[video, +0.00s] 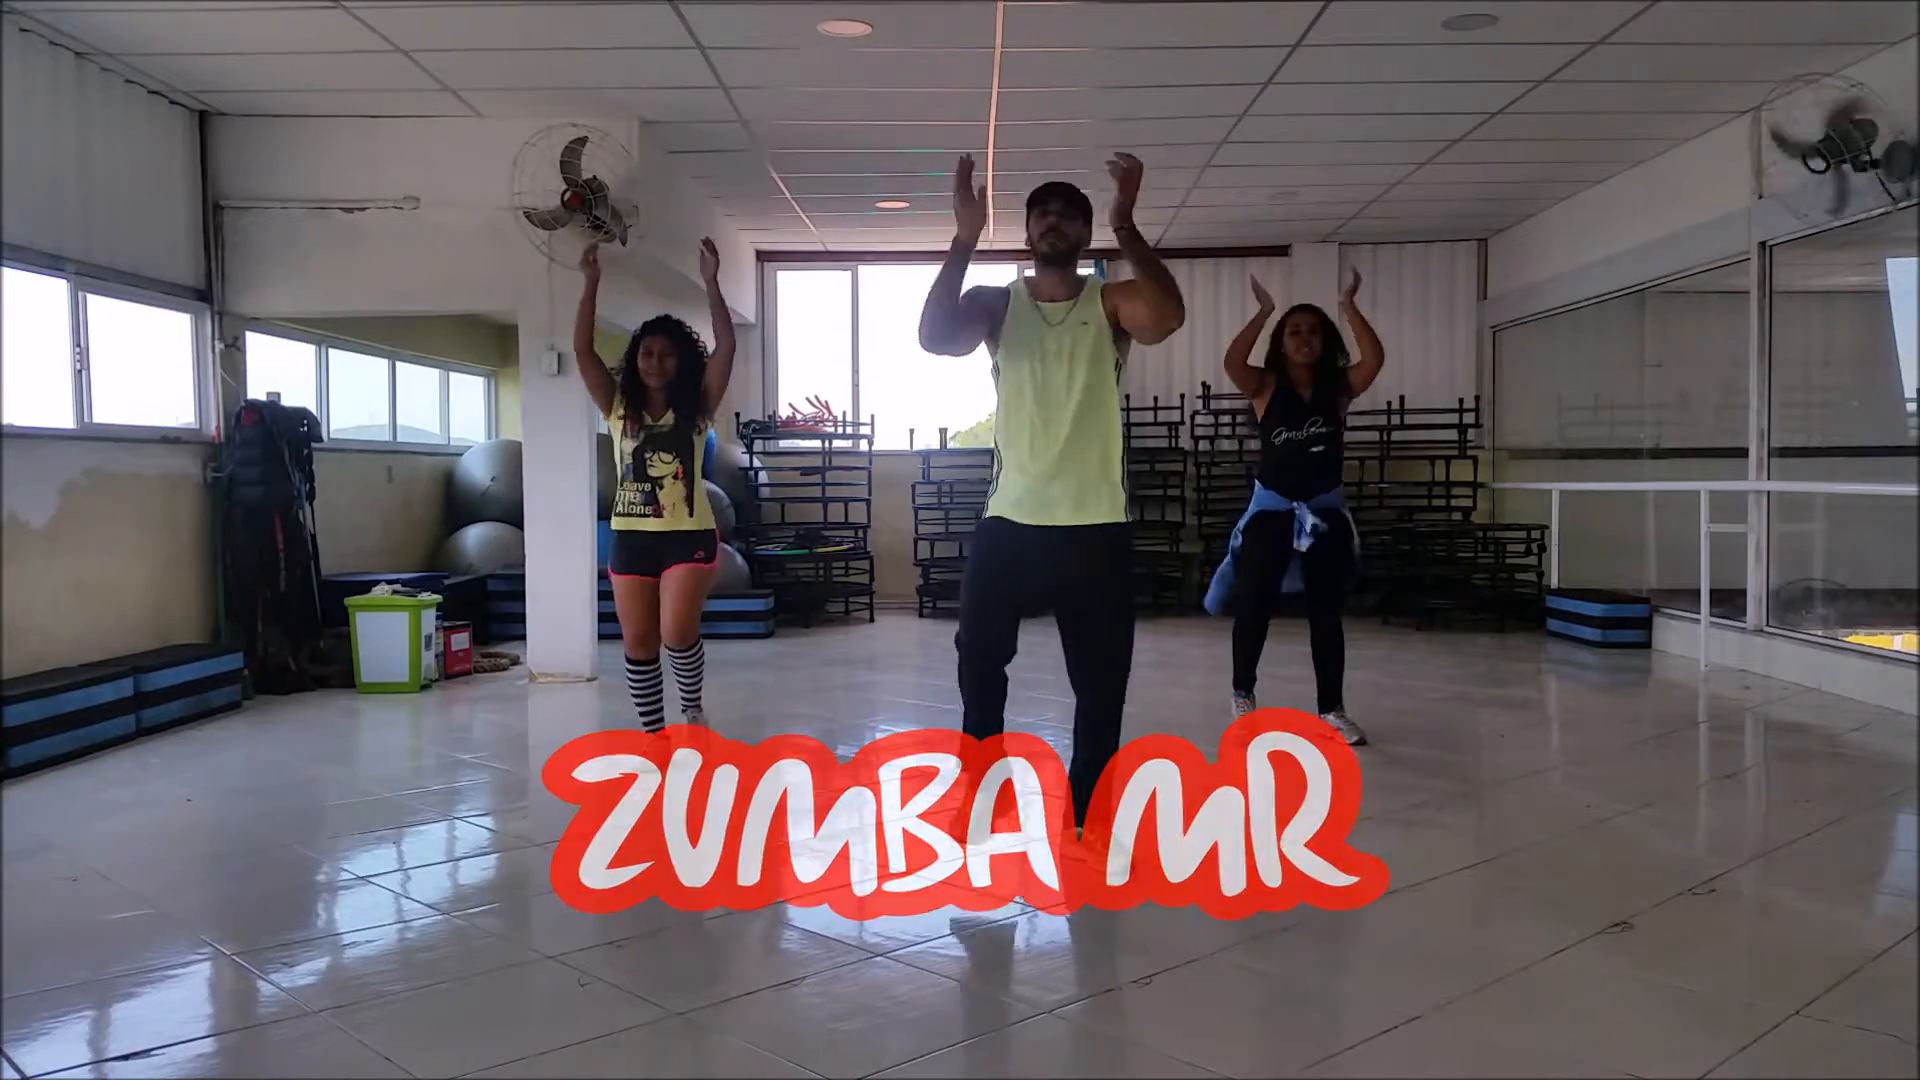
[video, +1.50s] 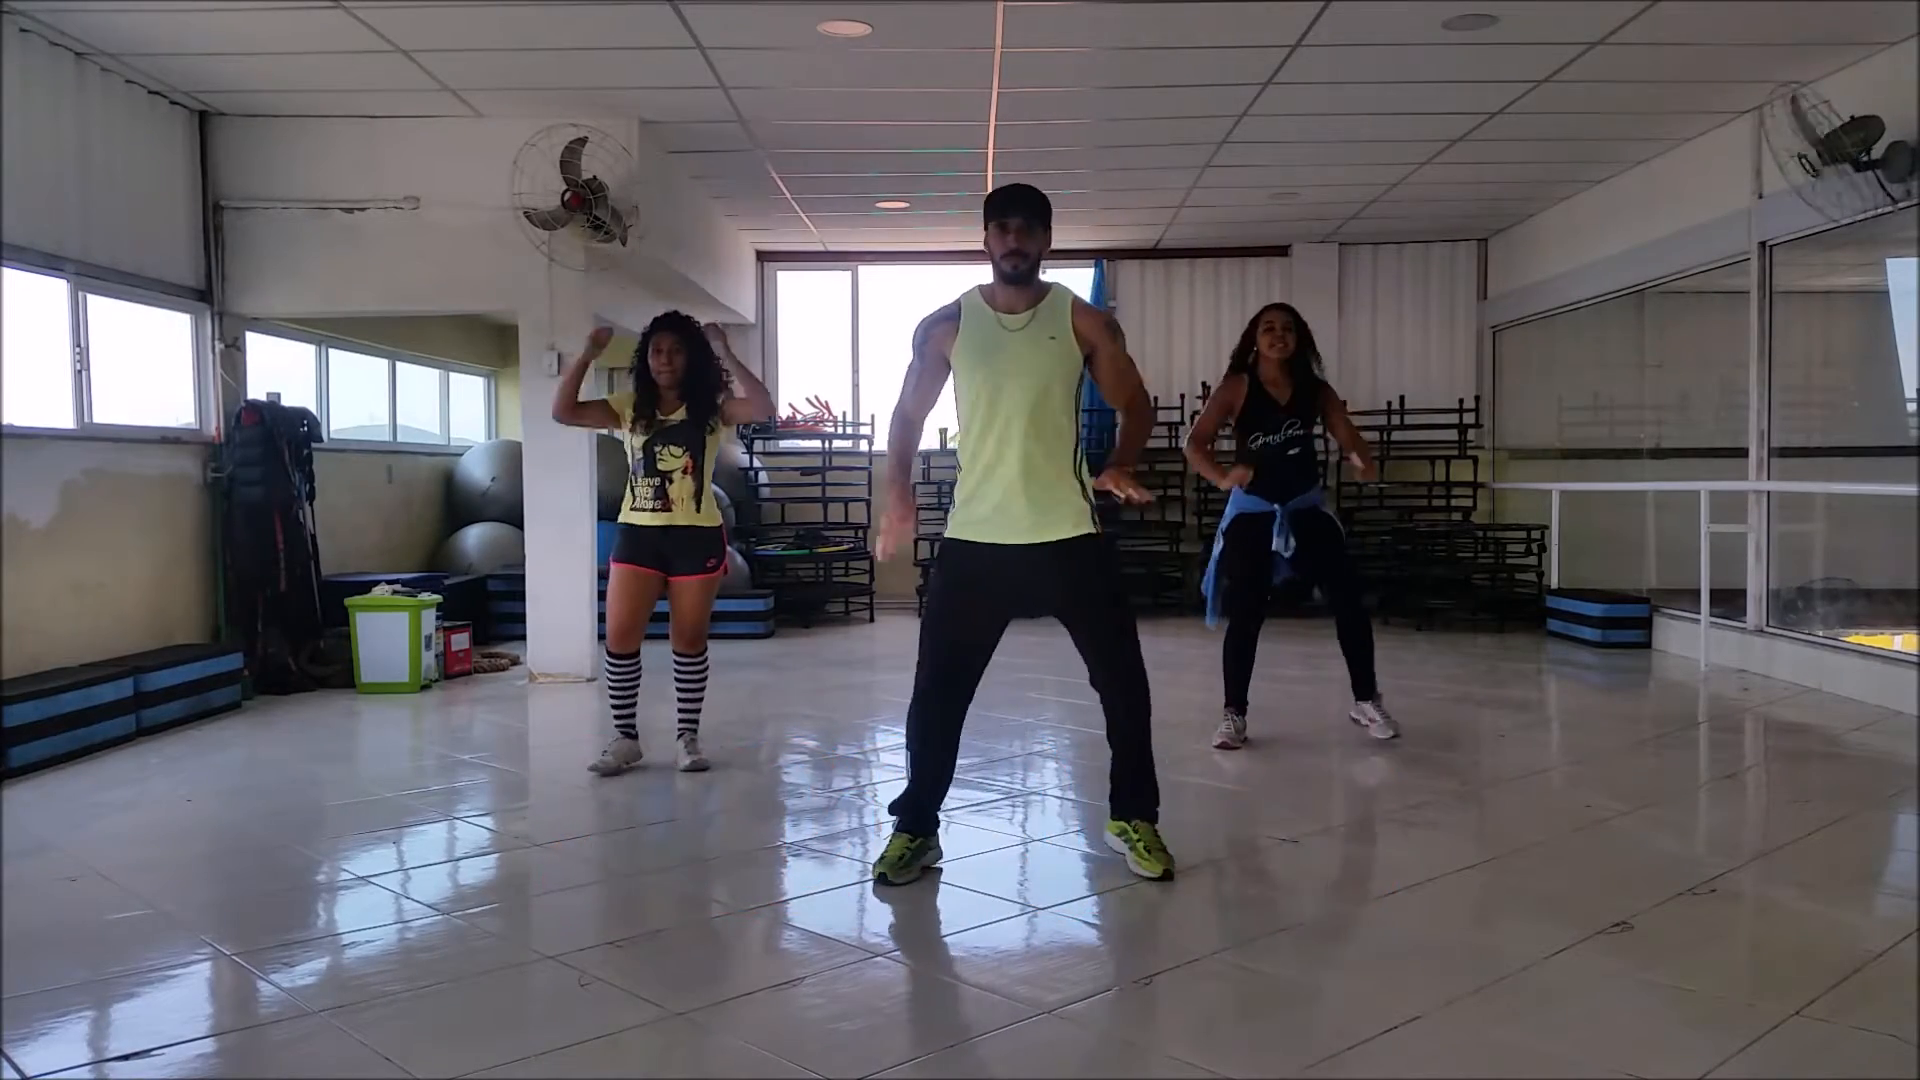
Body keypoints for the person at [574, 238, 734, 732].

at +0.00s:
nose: (655, 362)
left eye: (666, 355)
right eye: (647, 353)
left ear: (682, 363)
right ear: (635, 360)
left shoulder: (697, 407)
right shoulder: (617, 406)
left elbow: (725, 345)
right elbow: (584, 349)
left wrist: (711, 284)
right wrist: (590, 283)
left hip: (688, 541)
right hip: (631, 542)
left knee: (678, 634)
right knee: (638, 644)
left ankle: (692, 720)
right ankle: (654, 739)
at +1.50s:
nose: (664, 359)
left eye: (674, 351)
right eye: (656, 351)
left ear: (691, 360)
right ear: (645, 358)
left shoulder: (711, 412)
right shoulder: (628, 410)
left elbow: (763, 408)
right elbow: (564, 410)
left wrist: (726, 355)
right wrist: (588, 352)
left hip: (696, 540)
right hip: (637, 538)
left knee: (689, 641)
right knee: (620, 640)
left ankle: (688, 739)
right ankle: (626, 740)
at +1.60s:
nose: (662, 361)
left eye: (673, 353)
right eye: (654, 353)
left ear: (691, 362)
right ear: (645, 360)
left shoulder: (706, 418)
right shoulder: (629, 413)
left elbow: (756, 468)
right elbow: (580, 466)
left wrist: (737, 438)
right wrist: (574, 448)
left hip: (695, 541)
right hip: (636, 539)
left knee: (688, 642)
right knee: (623, 643)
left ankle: (688, 739)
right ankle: (625, 744)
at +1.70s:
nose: (661, 366)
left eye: (672, 358)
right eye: (653, 358)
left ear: (690, 367)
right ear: (642, 366)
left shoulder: (706, 423)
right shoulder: (625, 418)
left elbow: (729, 479)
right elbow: (595, 477)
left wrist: (736, 497)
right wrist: (575, 515)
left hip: (693, 547)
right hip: (634, 545)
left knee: (687, 648)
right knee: (614, 645)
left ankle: (687, 740)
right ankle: (625, 745)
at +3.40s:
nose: (687, 378)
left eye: (698, 371)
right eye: (680, 371)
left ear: (716, 380)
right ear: (670, 380)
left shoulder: (737, 437)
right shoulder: (655, 434)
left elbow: (756, 499)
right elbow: (634, 490)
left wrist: (755, 550)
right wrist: (596, 521)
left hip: (723, 563)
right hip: (658, 562)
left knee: (770, 649)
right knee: (616, 651)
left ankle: (767, 744)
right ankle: (624, 745)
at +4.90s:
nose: (692, 394)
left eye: (702, 387)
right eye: (684, 386)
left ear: (720, 395)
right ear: (675, 393)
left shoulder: (739, 449)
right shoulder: (655, 451)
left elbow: (762, 507)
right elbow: (632, 515)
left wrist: (779, 563)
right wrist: (607, 574)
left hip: (726, 569)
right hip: (664, 568)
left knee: (766, 653)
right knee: (614, 651)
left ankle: (768, 744)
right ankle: (623, 745)